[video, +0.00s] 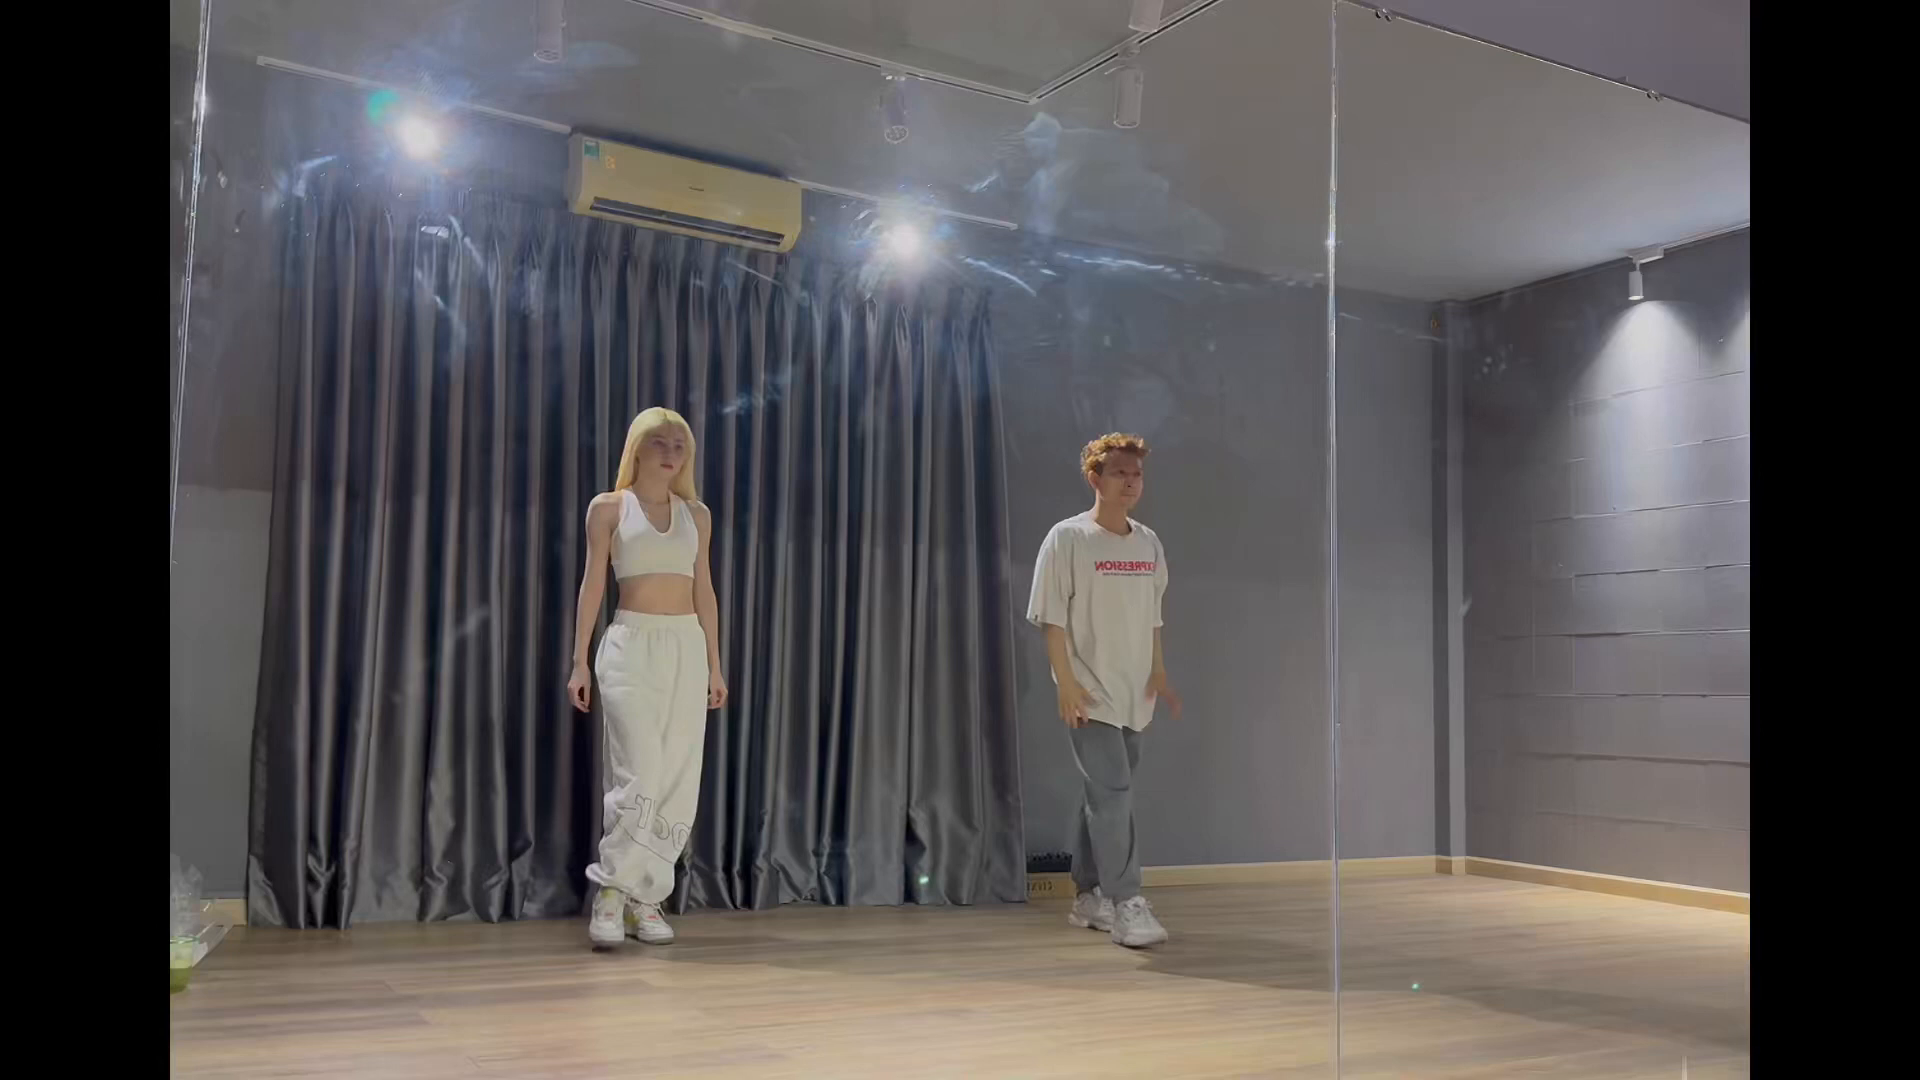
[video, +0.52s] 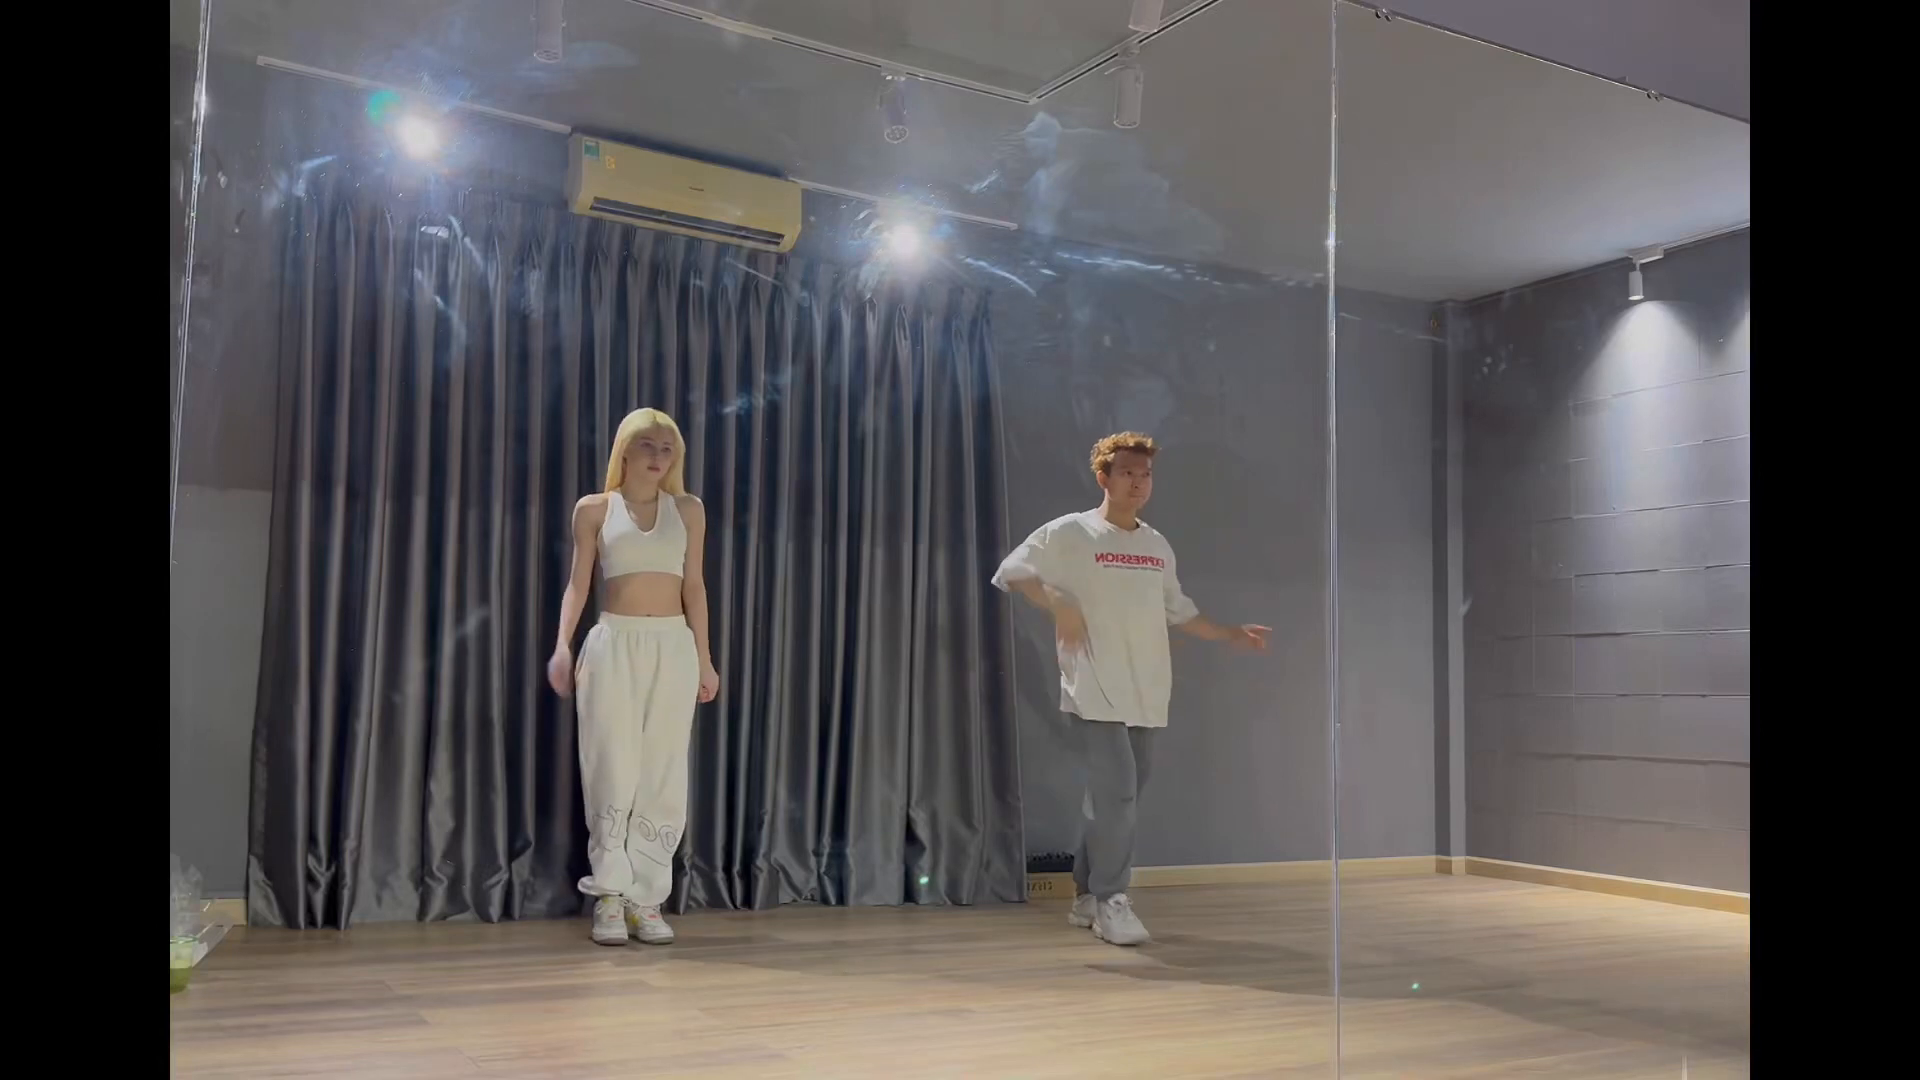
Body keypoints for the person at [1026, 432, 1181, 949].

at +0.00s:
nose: (1130, 481)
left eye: (1137, 473)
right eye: (1119, 472)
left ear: (1144, 481)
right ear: (1094, 477)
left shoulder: (1148, 542)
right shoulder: (1066, 538)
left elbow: (1152, 617)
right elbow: (1052, 620)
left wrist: (1158, 671)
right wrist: (1065, 684)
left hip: (1135, 689)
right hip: (1088, 688)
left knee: (1104, 792)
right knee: (1112, 791)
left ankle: (1088, 895)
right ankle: (1128, 902)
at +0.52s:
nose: (1139, 482)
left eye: (1145, 474)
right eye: (1128, 473)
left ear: (1152, 481)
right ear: (1103, 478)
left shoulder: (1157, 547)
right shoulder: (1070, 532)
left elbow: (1177, 611)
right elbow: (1013, 571)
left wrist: (1228, 635)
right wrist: (1059, 606)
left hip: (1145, 692)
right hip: (1092, 689)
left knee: (1121, 794)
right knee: (1117, 790)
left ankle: (1088, 896)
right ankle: (1112, 900)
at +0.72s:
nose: (1147, 482)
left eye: (1153, 474)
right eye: (1136, 474)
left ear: (1160, 482)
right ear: (1111, 481)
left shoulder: (1176, 545)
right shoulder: (1081, 545)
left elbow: (1196, 626)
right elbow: (1075, 606)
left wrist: (1213, 689)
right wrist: (1090, 539)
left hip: (1160, 694)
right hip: (1097, 697)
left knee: (1178, 800)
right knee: (1120, 800)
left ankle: (1142, 866)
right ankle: (1113, 905)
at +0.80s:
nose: (1142, 484)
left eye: (1151, 477)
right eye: (1132, 476)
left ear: (1162, 488)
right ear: (1112, 485)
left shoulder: (1183, 543)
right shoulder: (1099, 554)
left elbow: (1232, 594)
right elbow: (1131, 619)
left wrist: (1181, 587)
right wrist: (1190, 592)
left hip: (1161, 698)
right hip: (1101, 700)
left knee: (1195, 786)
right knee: (1119, 803)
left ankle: (1165, 896)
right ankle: (1116, 910)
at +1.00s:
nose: (1186, 509)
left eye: (1183, 500)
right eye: (1177, 500)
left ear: (1152, 507)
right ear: (1148, 505)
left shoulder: (1178, 564)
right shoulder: (1122, 561)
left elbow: (1252, 563)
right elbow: (1188, 611)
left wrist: (1236, 511)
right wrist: (1252, 606)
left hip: (1196, 722)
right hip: (1142, 727)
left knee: (1212, 825)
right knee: (1156, 846)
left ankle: (1189, 934)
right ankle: (1122, 906)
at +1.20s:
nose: (1214, 526)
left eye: (1212, 516)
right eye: (1208, 515)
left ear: (1179, 517)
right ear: (1185, 515)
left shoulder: (1187, 571)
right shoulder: (1149, 554)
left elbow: (1273, 600)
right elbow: (1221, 606)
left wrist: (1273, 533)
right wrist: (1255, 612)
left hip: (1225, 733)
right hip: (1172, 737)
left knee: (1257, 833)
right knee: (1167, 863)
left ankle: (1194, 938)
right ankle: (1123, 901)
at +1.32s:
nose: (1235, 518)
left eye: (1235, 509)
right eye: (1230, 508)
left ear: (1200, 508)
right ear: (1205, 505)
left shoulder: (1217, 576)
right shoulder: (1157, 543)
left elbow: (1285, 624)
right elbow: (1240, 539)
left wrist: (1314, 578)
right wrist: (1251, 609)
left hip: (1244, 729)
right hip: (1187, 733)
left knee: (1268, 837)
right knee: (1192, 864)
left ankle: (1195, 939)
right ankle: (1112, 869)